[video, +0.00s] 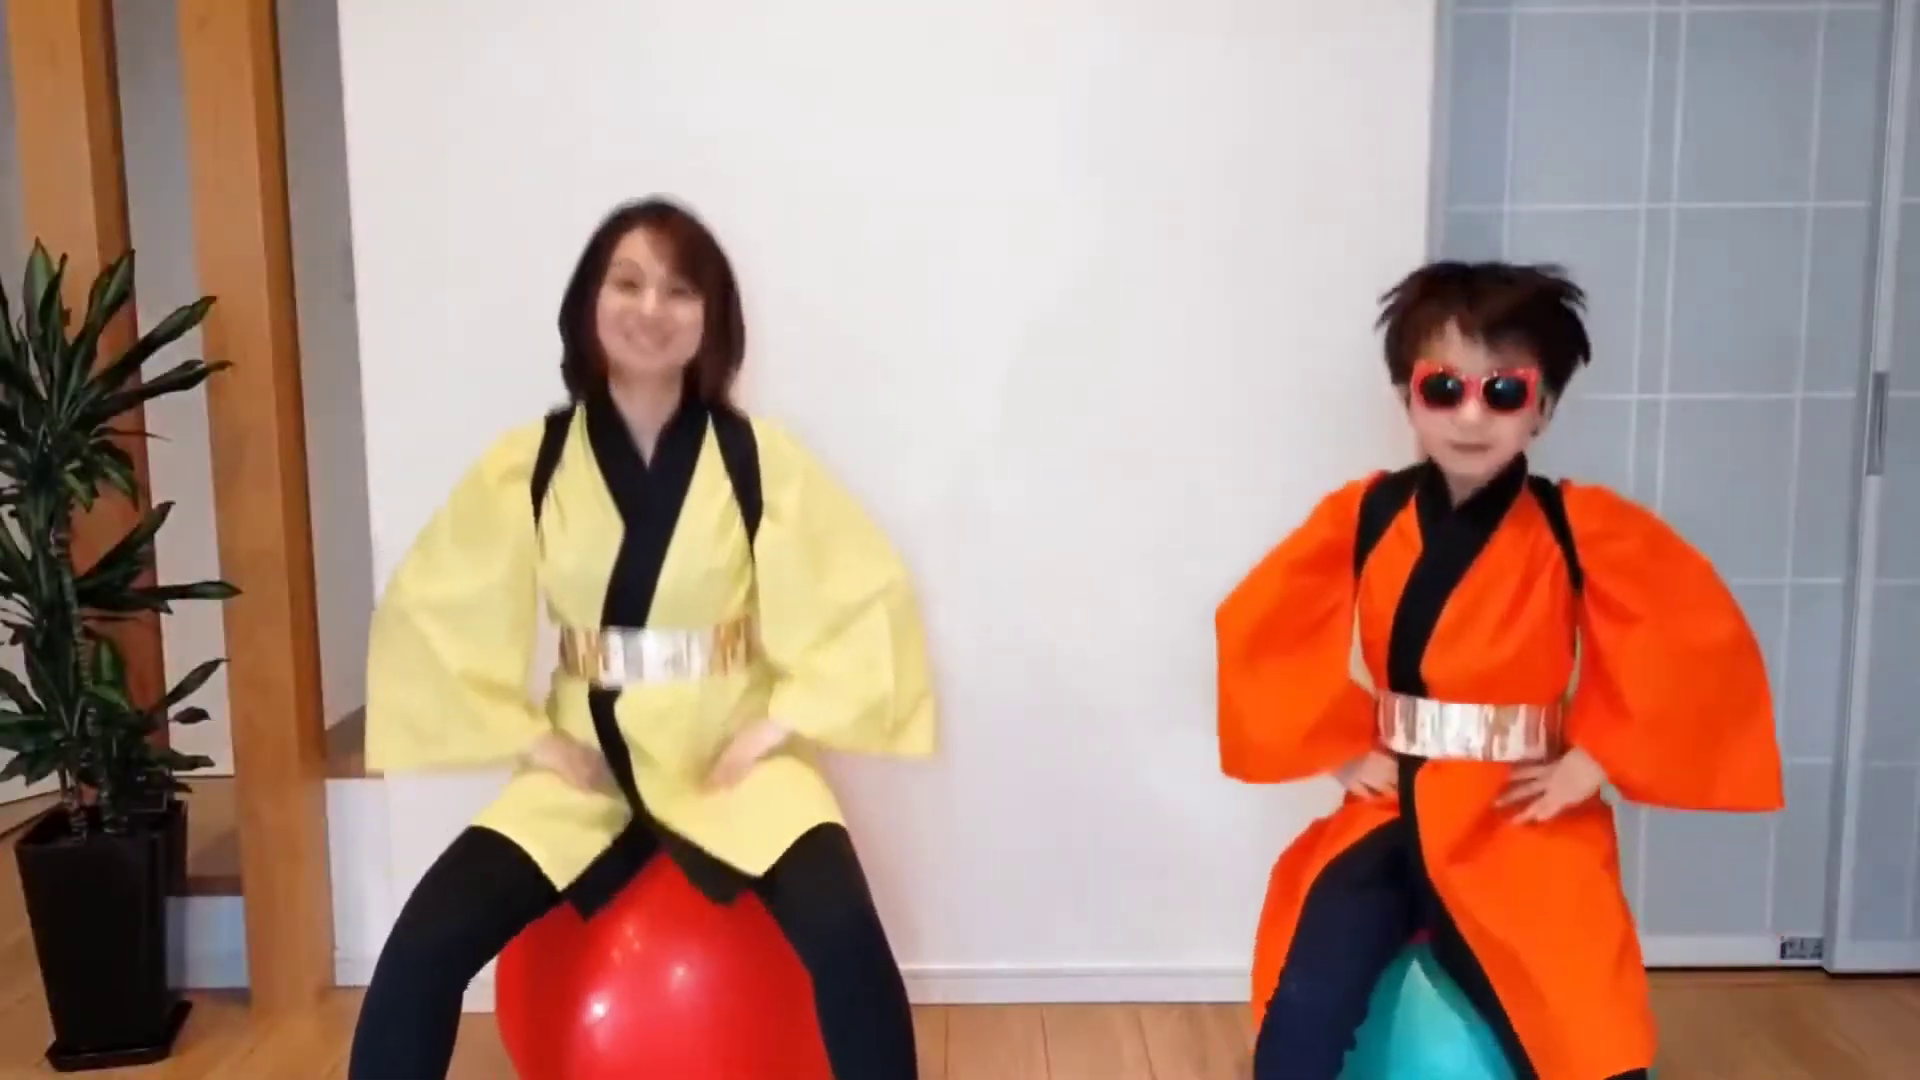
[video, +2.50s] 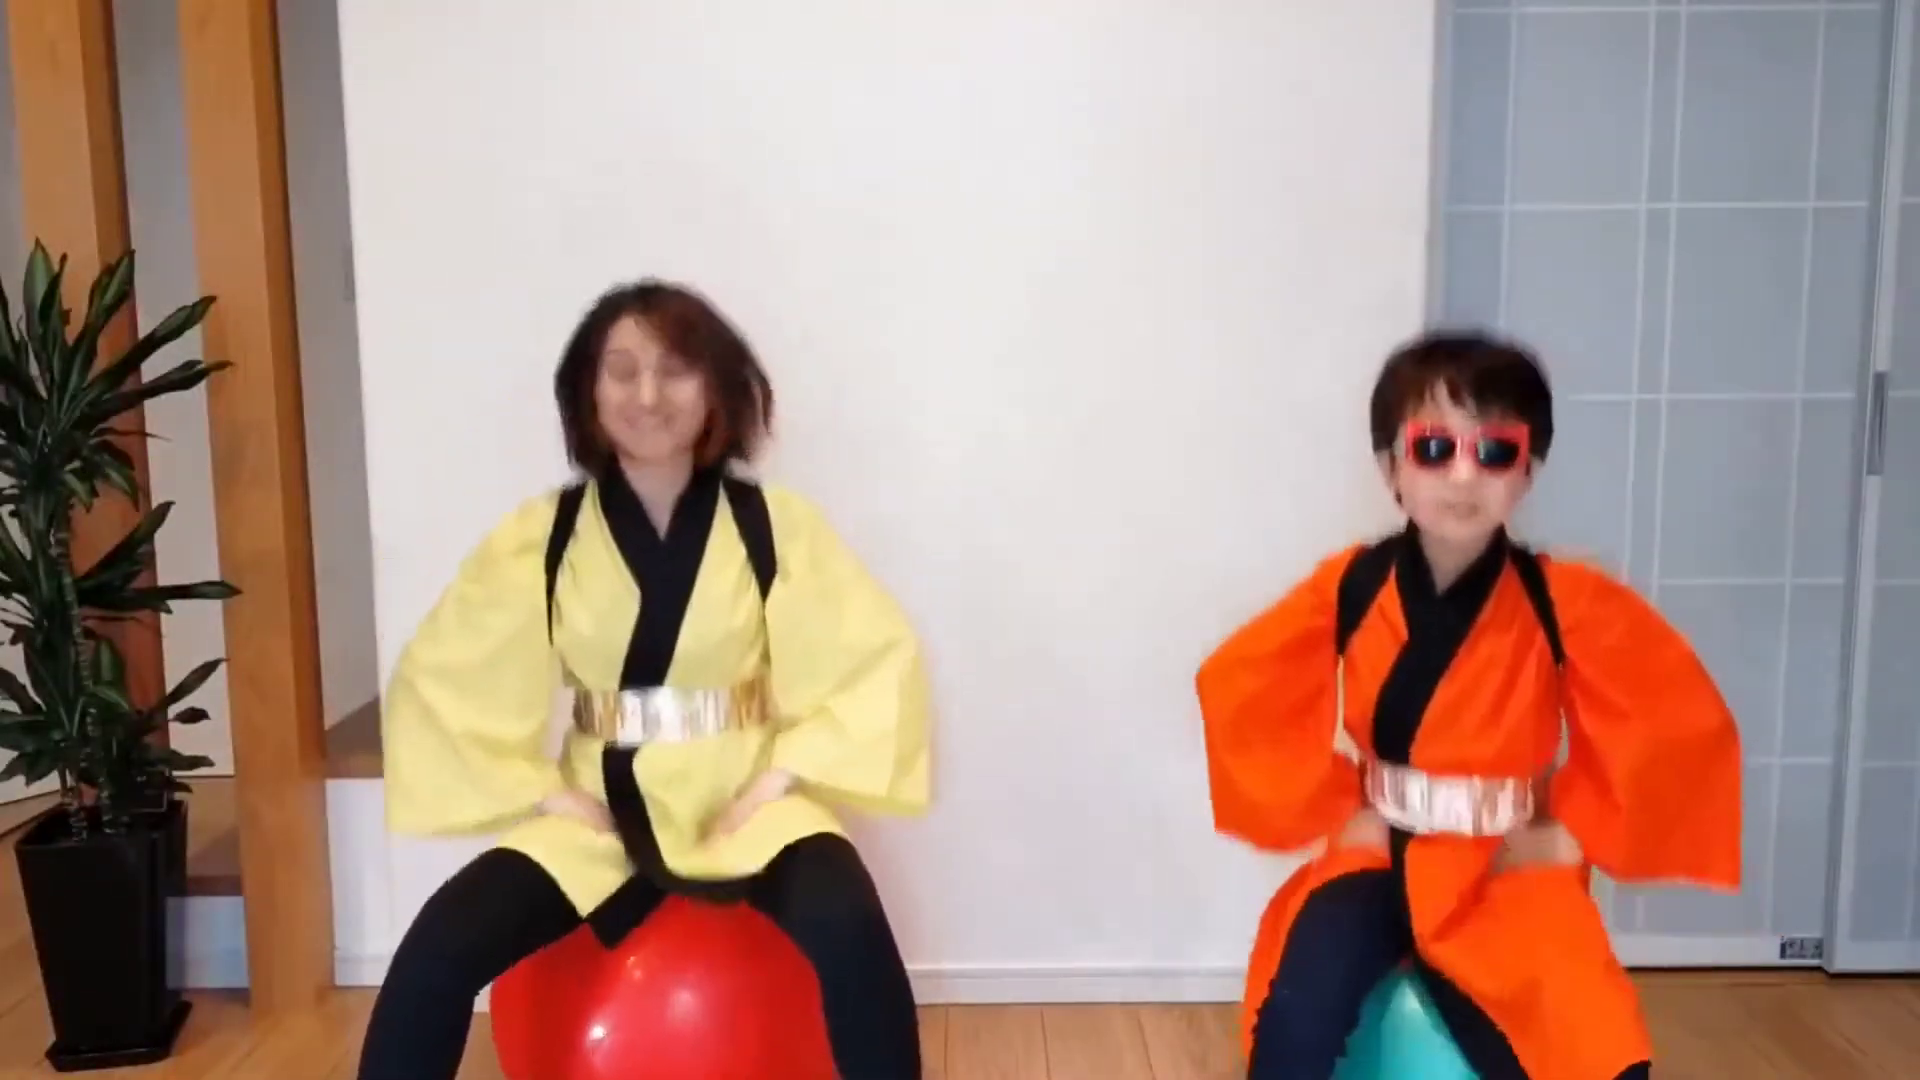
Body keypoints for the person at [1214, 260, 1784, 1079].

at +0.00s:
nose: (1471, 415)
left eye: (1505, 390)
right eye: (1443, 387)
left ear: (1543, 409)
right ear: (1407, 397)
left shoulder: (1582, 525)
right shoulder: (1363, 517)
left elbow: (1702, 642)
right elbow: (1256, 630)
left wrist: (1597, 756)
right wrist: (1341, 743)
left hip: (1529, 820)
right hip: (1392, 813)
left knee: (1595, 1030)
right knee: (1307, 994)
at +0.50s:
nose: (1453, 419)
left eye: (1485, 394)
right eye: (1424, 394)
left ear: (1526, 417)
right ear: (1390, 414)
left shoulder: (1568, 541)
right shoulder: (1357, 534)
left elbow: (1687, 659)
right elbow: (1250, 638)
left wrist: (1581, 774)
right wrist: (1339, 752)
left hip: (1521, 828)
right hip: (1384, 817)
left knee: (1615, 1032)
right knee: (1298, 998)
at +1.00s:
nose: (1465, 432)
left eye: (1497, 407)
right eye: (1436, 406)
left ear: (1535, 423)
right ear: (1397, 418)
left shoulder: (1575, 549)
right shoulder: (1360, 536)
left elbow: (1693, 677)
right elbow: (1247, 646)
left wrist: (1587, 785)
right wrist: (1346, 762)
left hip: (1521, 832)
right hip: (1381, 819)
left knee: (1634, 1041)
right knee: (1282, 994)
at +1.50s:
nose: (1473, 441)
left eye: (1508, 418)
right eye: (1444, 415)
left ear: (1547, 443)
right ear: (1406, 431)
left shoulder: (1574, 567)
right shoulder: (1363, 543)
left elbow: (1685, 700)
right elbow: (1247, 646)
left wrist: (1566, 802)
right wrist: (1334, 772)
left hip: (1505, 840)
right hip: (1369, 827)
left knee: (1606, 1029)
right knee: (1296, 982)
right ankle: (1280, 1069)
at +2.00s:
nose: (1477, 455)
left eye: (1510, 430)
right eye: (1446, 428)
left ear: (1541, 447)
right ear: (1402, 448)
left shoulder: (1572, 579)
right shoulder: (1361, 564)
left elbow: (1691, 709)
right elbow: (1241, 664)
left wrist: (1574, 816)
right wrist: (1337, 793)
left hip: (1514, 855)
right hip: (1375, 841)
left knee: (1615, 1041)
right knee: (1293, 997)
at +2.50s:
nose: (1464, 473)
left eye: (1497, 450)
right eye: (1434, 446)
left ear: (1529, 474)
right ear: (1392, 470)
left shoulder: (1564, 601)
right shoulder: (1354, 585)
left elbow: (1687, 728)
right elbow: (1234, 687)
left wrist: (1572, 835)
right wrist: (1336, 813)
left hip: (1514, 871)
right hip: (1375, 859)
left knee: (1599, 1046)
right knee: (1301, 1006)